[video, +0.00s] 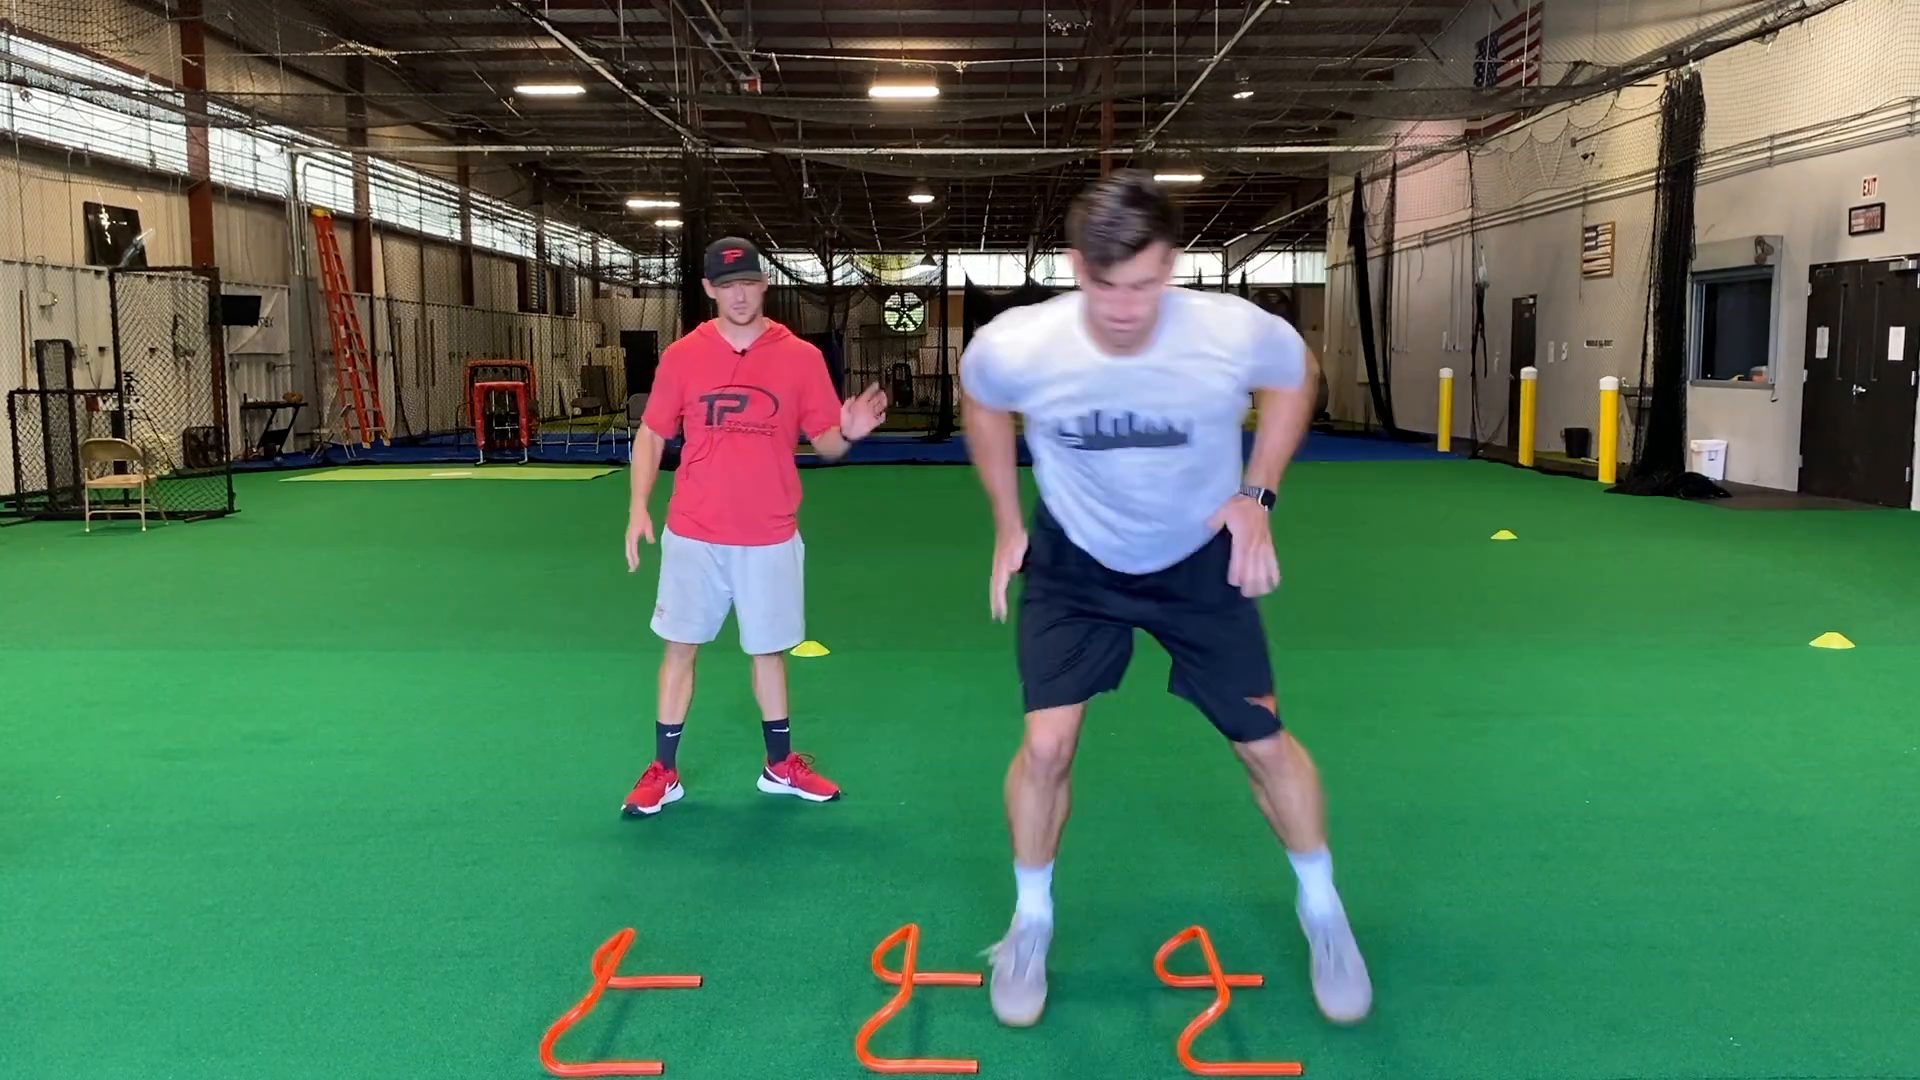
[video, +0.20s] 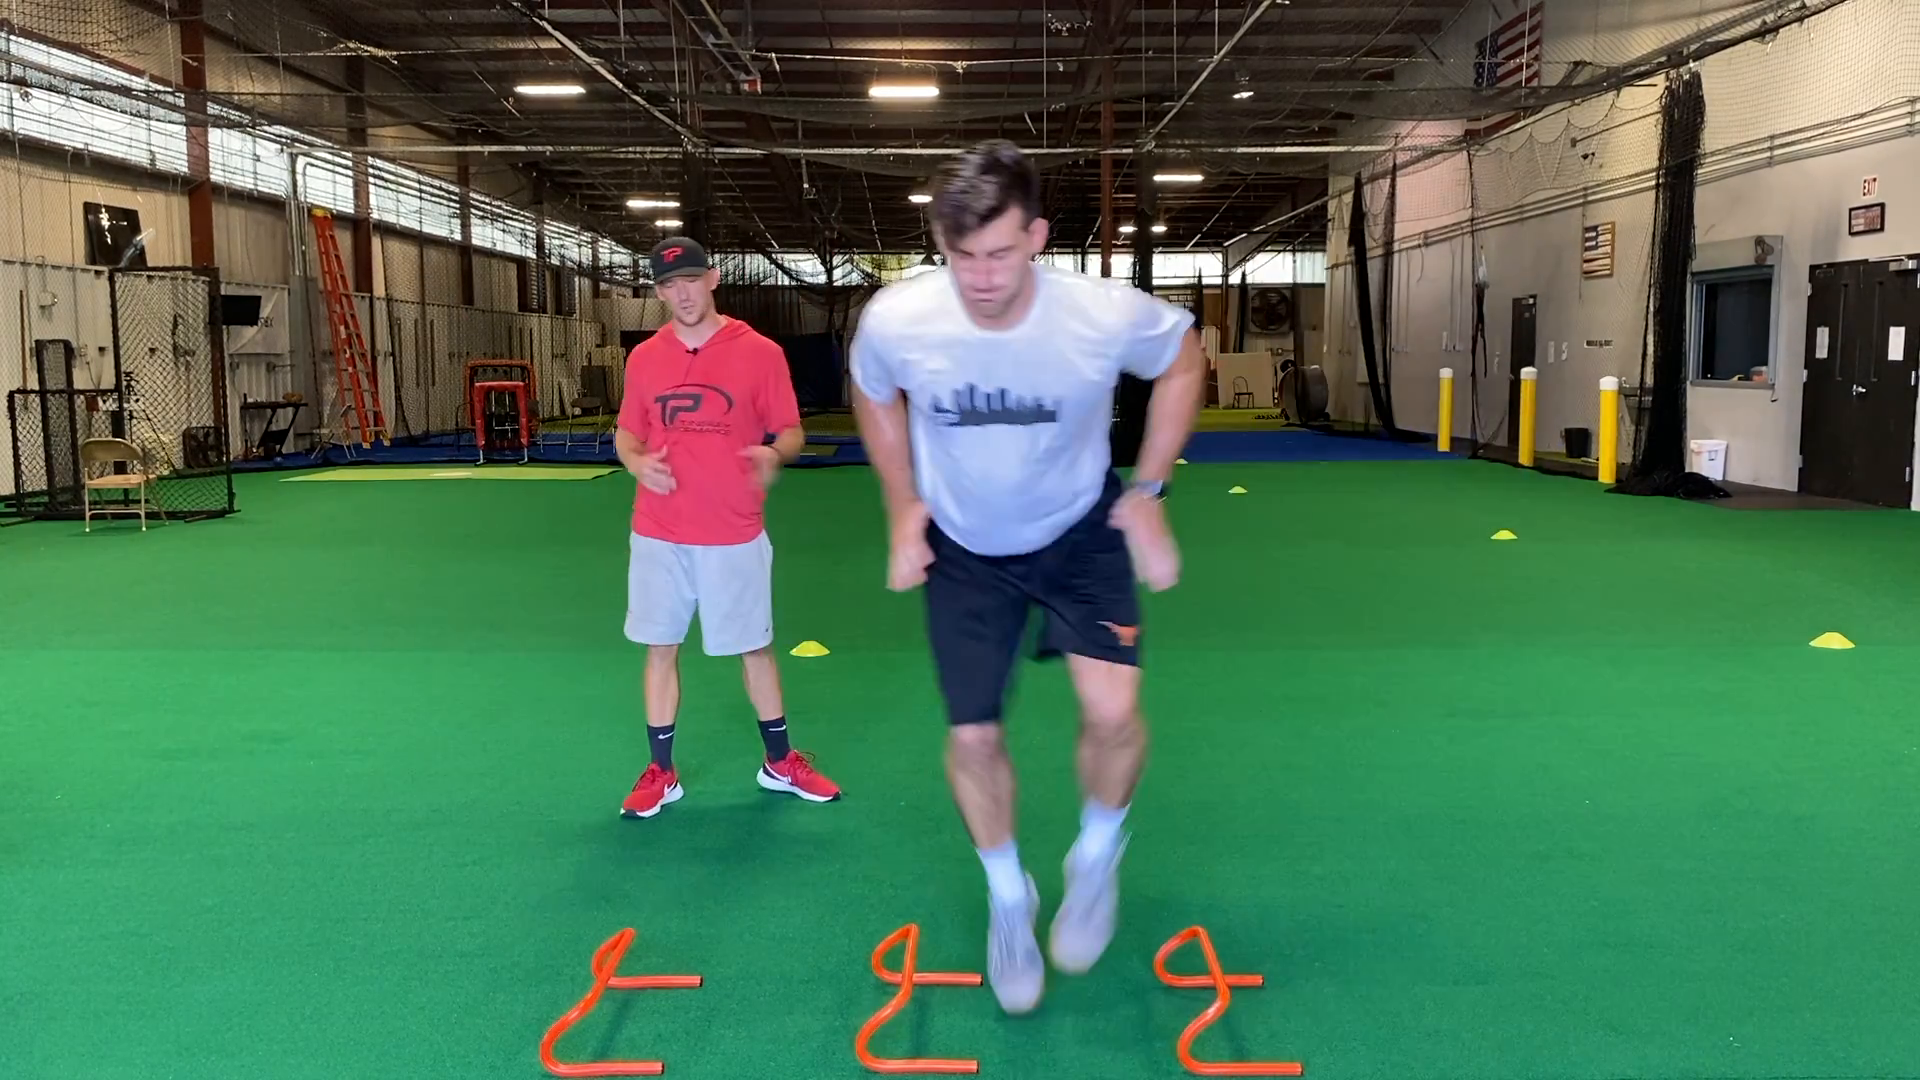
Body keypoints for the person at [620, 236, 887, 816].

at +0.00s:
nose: (740, 295)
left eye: (749, 284)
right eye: (728, 286)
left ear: (765, 284)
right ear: (710, 290)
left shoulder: (800, 357)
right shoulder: (682, 357)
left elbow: (826, 446)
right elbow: (652, 434)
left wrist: (848, 428)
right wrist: (639, 506)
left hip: (770, 534)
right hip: (695, 531)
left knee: (770, 647)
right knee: (681, 644)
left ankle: (781, 761)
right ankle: (664, 768)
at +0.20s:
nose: (682, 294)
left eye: (691, 281)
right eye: (670, 285)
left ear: (712, 279)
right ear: (659, 291)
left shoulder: (758, 352)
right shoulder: (645, 358)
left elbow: (792, 433)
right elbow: (626, 433)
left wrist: (774, 454)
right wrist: (636, 461)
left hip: (735, 531)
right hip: (660, 531)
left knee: (755, 644)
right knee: (661, 645)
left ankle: (780, 760)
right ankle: (661, 769)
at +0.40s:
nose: (652, 288)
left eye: (662, 275)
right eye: (641, 279)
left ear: (685, 277)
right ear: (629, 287)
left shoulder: (724, 346)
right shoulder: (614, 358)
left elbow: (757, 440)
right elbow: (592, 438)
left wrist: (703, 421)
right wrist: (609, 483)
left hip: (712, 530)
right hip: (639, 533)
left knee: (740, 643)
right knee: (651, 646)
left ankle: (764, 755)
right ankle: (660, 769)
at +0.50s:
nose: (641, 287)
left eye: (652, 275)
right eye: (630, 278)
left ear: (674, 277)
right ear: (619, 285)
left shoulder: (707, 344)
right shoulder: (604, 359)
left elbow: (740, 422)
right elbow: (574, 435)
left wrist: (704, 464)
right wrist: (597, 468)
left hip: (704, 525)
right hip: (633, 530)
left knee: (726, 648)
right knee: (649, 647)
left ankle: (753, 769)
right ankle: (660, 768)